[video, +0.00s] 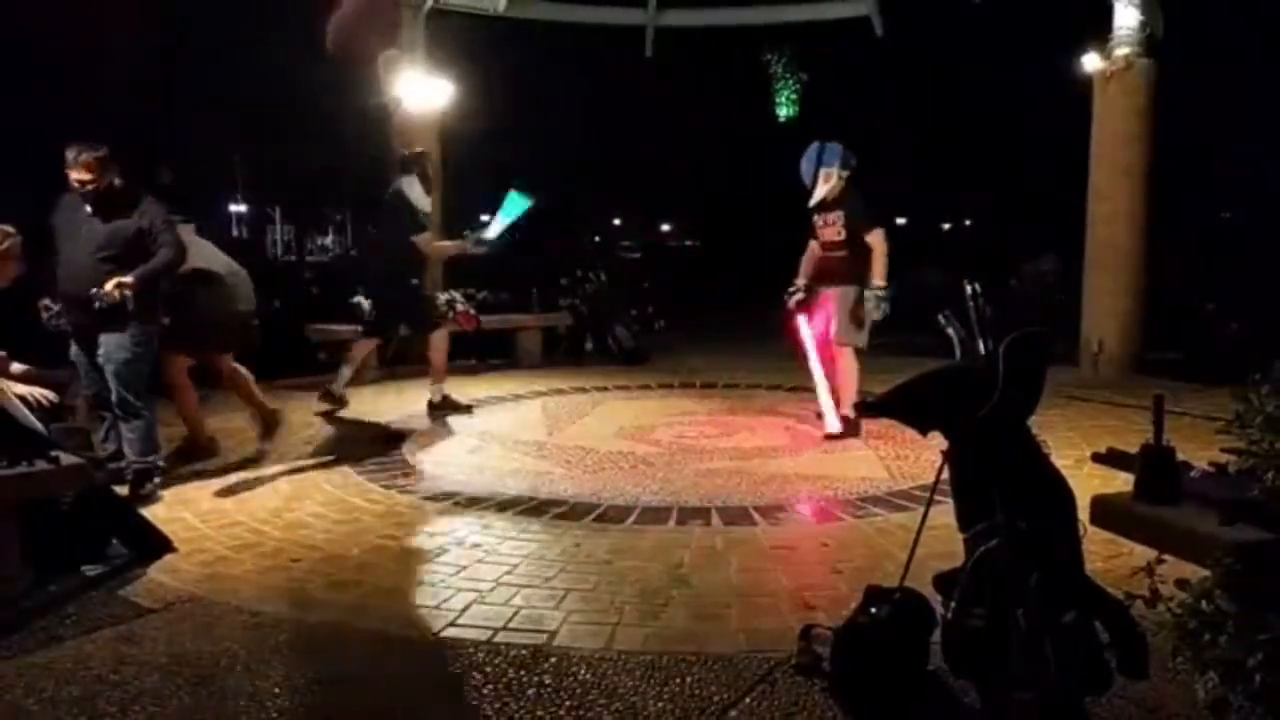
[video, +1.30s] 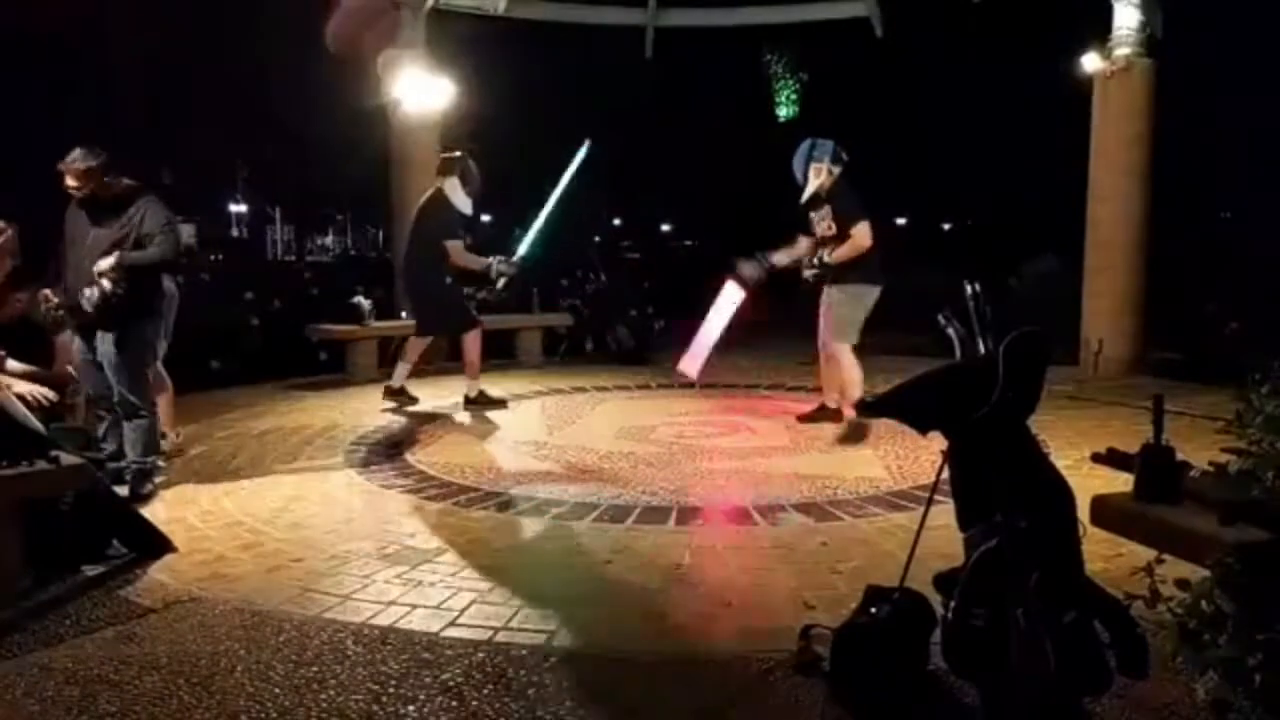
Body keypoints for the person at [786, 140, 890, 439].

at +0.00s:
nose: (822, 180)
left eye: (828, 173)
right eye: (818, 174)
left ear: (840, 172)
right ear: (813, 174)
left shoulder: (855, 203)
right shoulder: (817, 206)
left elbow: (879, 244)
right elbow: (814, 248)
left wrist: (877, 288)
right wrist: (801, 282)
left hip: (849, 287)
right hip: (823, 289)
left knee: (844, 347)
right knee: (827, 349)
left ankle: (848, 413)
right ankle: (838, 409)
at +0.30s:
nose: (836, 177)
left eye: (842, 171)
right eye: (833, 170)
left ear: (854, 172)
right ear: (826, 170)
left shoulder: (865, 199)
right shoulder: (830, 203)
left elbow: (888, 238)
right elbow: (831, 242)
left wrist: (872, 274)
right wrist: (818, 275)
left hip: (866, 280)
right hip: (842, 281)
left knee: (867, 338)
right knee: (840, 335)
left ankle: (884, 400)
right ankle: (847, 397)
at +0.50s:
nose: (843, 182)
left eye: (847, 175)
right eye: (840, 175)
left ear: (857, 173)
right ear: (836, 173)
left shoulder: (874, 198)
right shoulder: (842, 202)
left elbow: (880, 242)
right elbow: (848, 244)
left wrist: (841, 264)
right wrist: (835, 270)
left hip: (888, 283)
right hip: (855, 282)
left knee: (893, 344)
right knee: (844, 339)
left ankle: (924, 398)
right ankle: (848, 399)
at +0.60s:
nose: (851, 187)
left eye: (855, 180)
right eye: (848, 181)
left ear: (869, 178)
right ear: (848, 178)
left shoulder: (886, 205)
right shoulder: (855, 204)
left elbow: (870, 249)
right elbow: (855, 243)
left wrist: (830, 236)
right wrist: (829, 233)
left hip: (900, 291)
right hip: (864, 287)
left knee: (911, 349)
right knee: (840, 338)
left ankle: (933, 402)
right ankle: (846, 400)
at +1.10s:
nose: (820, 187)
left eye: (823, 180)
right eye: (820, 181)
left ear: (835, 178)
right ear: (836, 178)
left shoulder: (855, 204)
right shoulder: (835, 206)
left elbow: (860, 248)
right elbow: (839, 245)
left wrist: (829, 265)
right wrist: (825, 264)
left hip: (868, 293)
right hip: (839, 289)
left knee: (868, 357)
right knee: (821, 342)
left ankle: (917, 396)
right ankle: (829, 405)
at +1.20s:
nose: (814, 183)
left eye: (817, 176)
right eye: (814, 176)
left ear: (828, 173)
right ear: (825, 174)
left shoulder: (848, 199)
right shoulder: (826, 204)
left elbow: (862, 242)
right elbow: (827, 249)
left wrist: (830, 263)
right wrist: (812, 275)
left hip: (864, 289)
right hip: (836, 287)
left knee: (850, 349)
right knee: (821, 343)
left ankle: (897, 398)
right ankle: (829, 404)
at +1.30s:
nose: (810, 176)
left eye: (814, 169)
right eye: (808, 170)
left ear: (828, 168)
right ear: (808, 170)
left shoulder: (844, 195)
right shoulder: (814, 203)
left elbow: (863, 239)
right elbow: (805, 246)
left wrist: (826, 259)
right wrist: (767, 261)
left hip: (858, 280)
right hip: (835, 280)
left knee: (839, 344)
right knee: (826, 343)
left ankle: (855, 413)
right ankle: (830, 403)